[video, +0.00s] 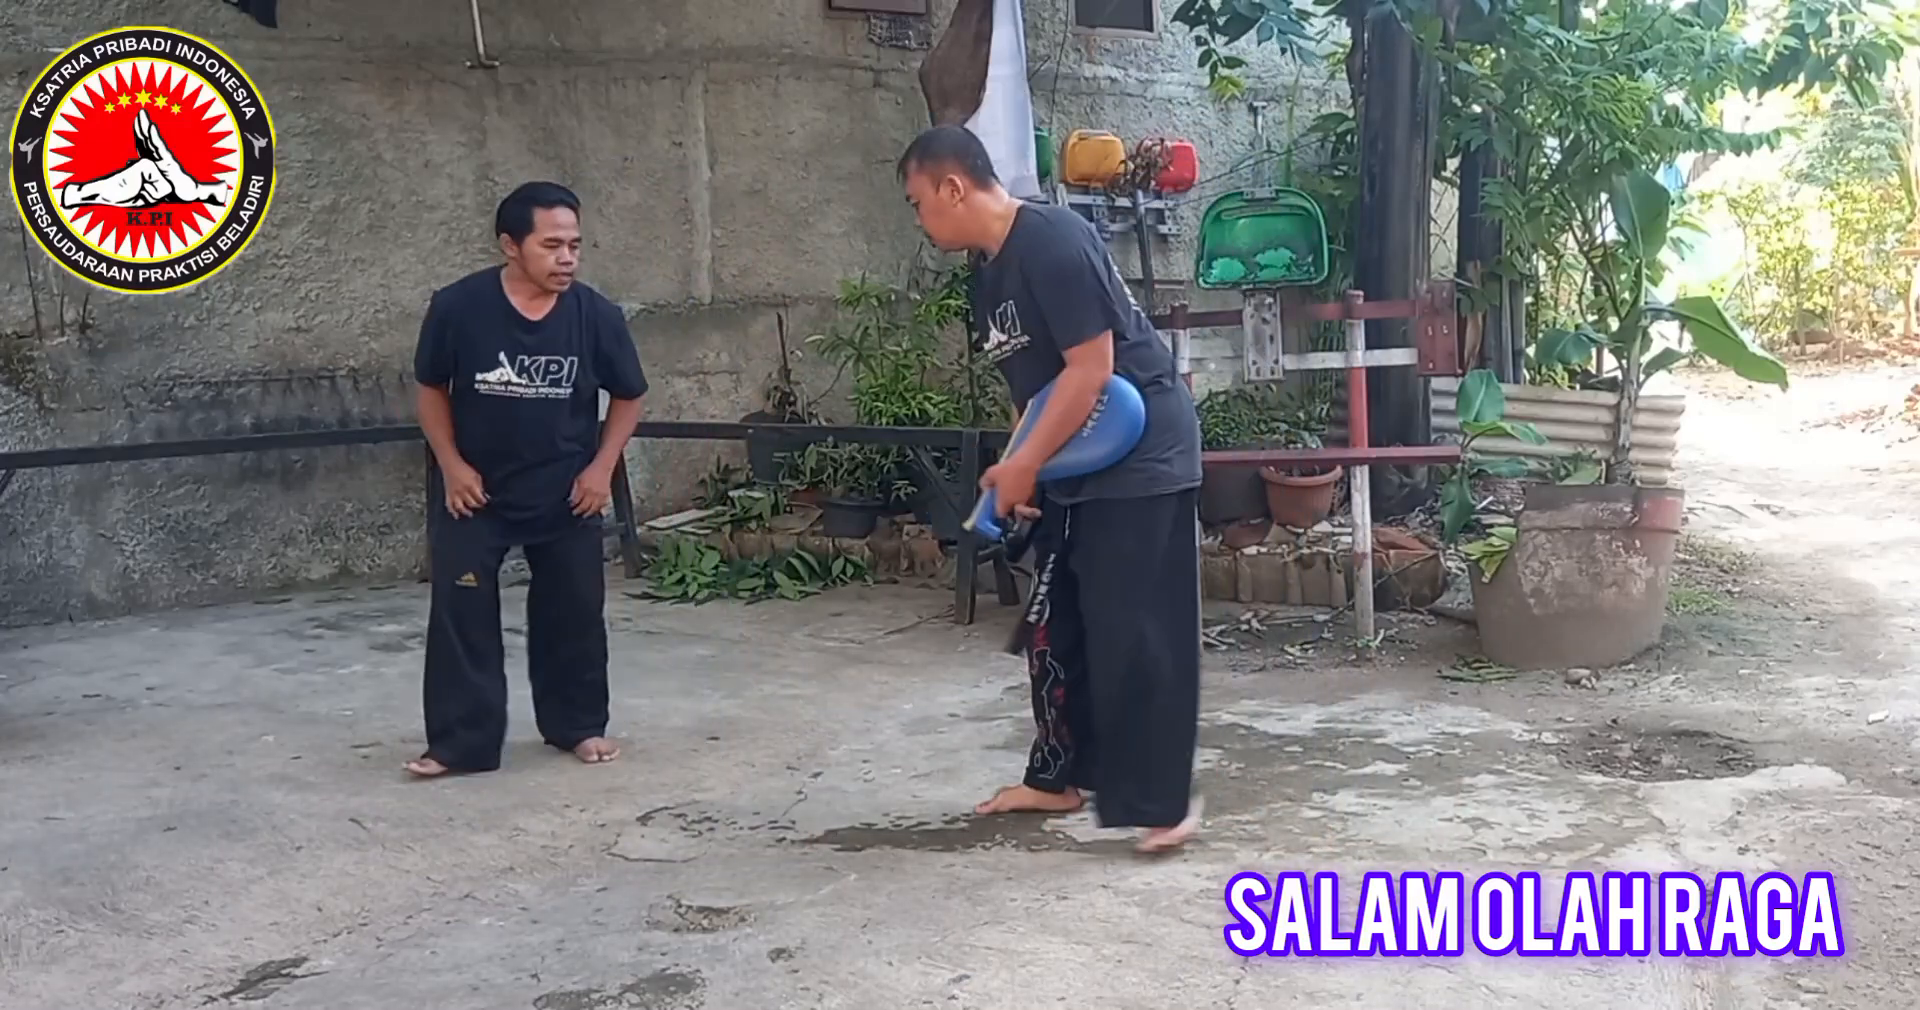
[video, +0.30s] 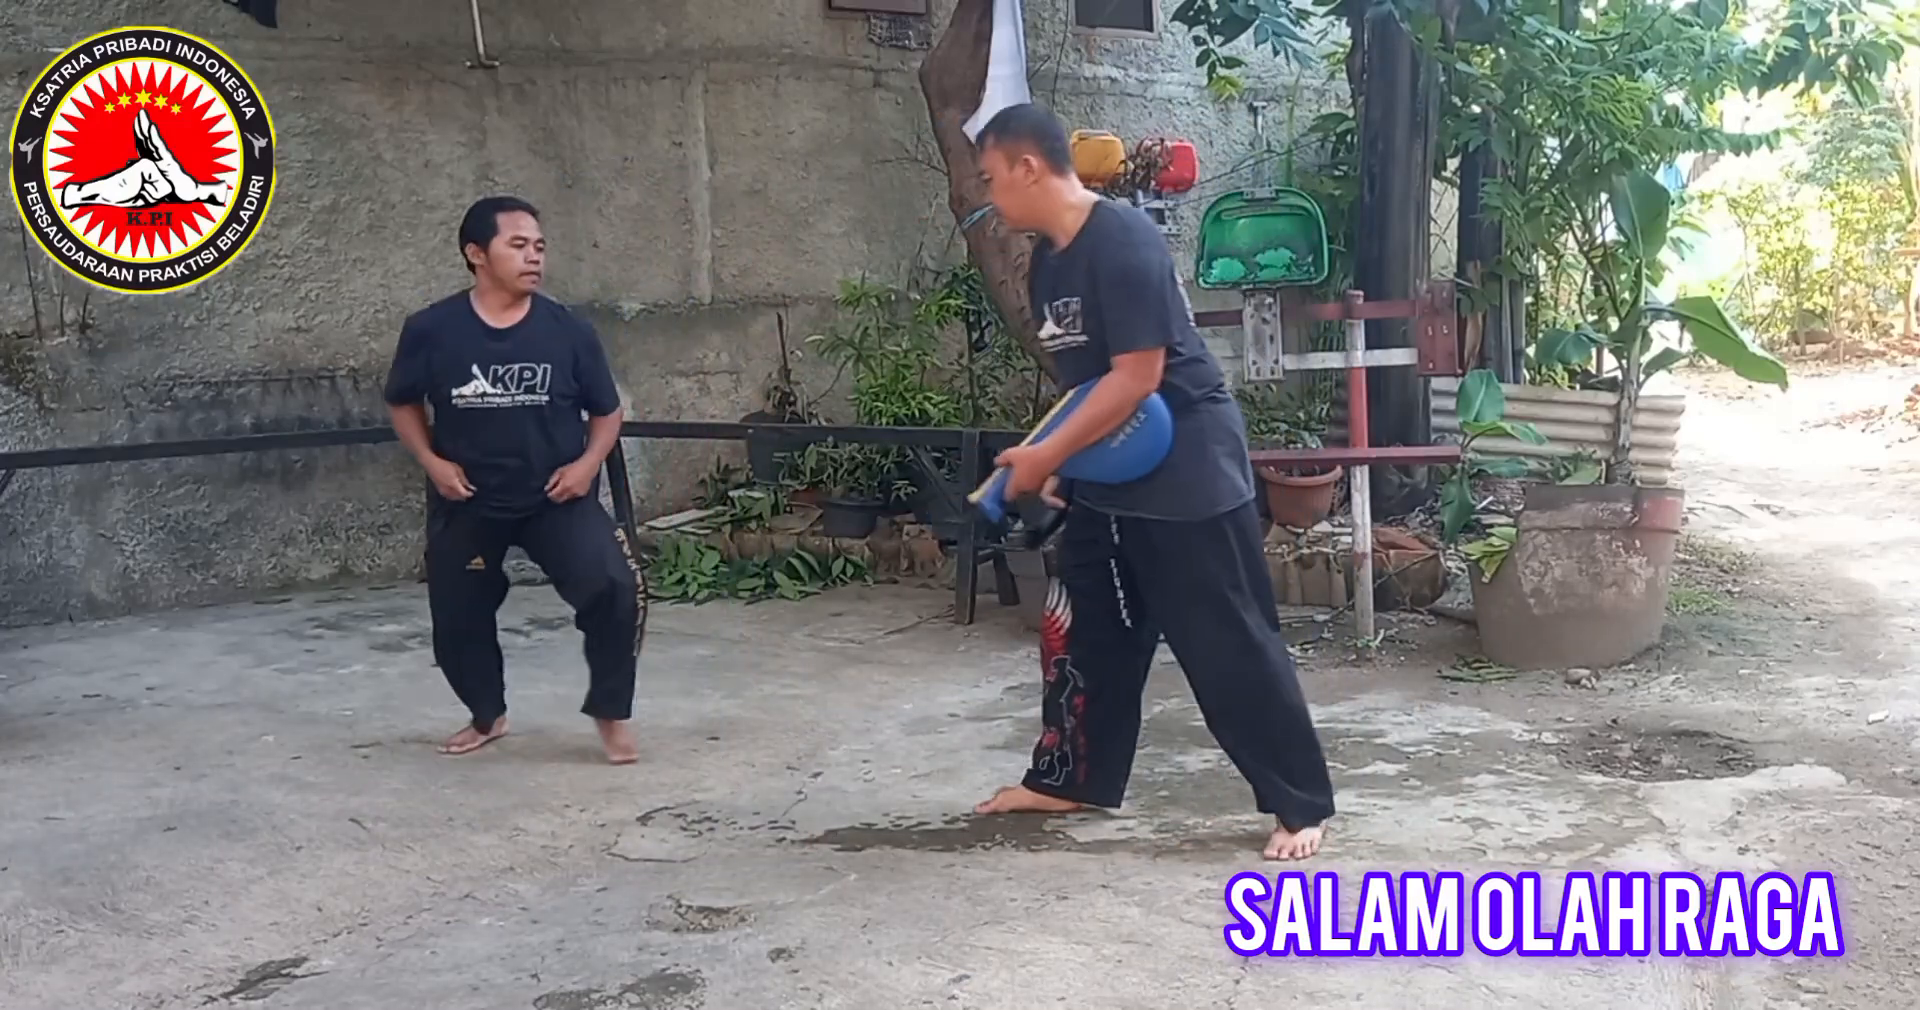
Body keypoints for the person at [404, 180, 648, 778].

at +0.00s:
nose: (569, 258)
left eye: (574, 245)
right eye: (554, 246)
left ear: (579, 244)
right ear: (511, 246)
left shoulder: (597, 316)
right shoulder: (456, 308)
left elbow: (629, 396)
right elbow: (433, 389)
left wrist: (602, 468)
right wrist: (451, 463)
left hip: (566, 492)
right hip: (473, 492)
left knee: (577, 608)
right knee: (459, 611)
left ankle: (576, 725)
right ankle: (462, 744)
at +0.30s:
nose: (534, 256)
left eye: (538, 245)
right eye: (519, 245)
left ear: (544, 253)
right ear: (476, 254)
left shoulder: (569, 331)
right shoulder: (430, 330)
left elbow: (608, 412)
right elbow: (401, 401)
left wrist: (588, 464)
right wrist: (430, 461)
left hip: (558, 501)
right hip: (468, 506)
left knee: (612, 588)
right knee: (457, 620)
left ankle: (611, 712)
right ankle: (488, 716)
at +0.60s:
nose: (616, 276)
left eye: (621, 266)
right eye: (601, 264)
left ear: (627, 275)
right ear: (559, 274)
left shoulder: (648, 354)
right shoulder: (517, 349)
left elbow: (711, 415)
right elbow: (491, 440)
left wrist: (730, 440)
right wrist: (565, 401)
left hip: (639, 523)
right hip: (543, 525)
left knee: (690, 616)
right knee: (485, 630)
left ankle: (719, 753)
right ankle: (472, 724)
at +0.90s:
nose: (614, 272)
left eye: (620, 260)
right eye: (599, 260)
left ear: (624, 263)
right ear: (557, 264)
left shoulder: (644, 337)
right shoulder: (515, 330)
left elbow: (698, 406)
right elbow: (526, 415)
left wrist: (733, 452)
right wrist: (590, 354)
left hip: (626, 511)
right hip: (533, 511)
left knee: (675, 611)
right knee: (488, 615)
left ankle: (715, 752)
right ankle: (486, 733)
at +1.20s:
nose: (623, 253)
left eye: (628, 242)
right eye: (608, 241)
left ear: (633, 250)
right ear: (565, 247)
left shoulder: (653, 327)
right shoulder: (524, 312)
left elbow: (707, 388)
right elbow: (529, 386)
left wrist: (754, 428)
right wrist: (597, 324)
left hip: (645, 505)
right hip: (550, 507)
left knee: (698, 614)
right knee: (504, 623)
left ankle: (729, 758)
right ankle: (480, 741)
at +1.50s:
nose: (633, 256)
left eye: (639, 245)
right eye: (619, 244)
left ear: (644, 252)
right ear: (575, 248)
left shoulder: (661, 325)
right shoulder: (531, 316)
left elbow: (725, 375)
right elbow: (561, 375)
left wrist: (775, 393)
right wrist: (624, 303)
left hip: (648, 507)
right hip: (553, 510)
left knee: (698, 619)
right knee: (502, 625)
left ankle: (738, 755)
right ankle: (486, 738)